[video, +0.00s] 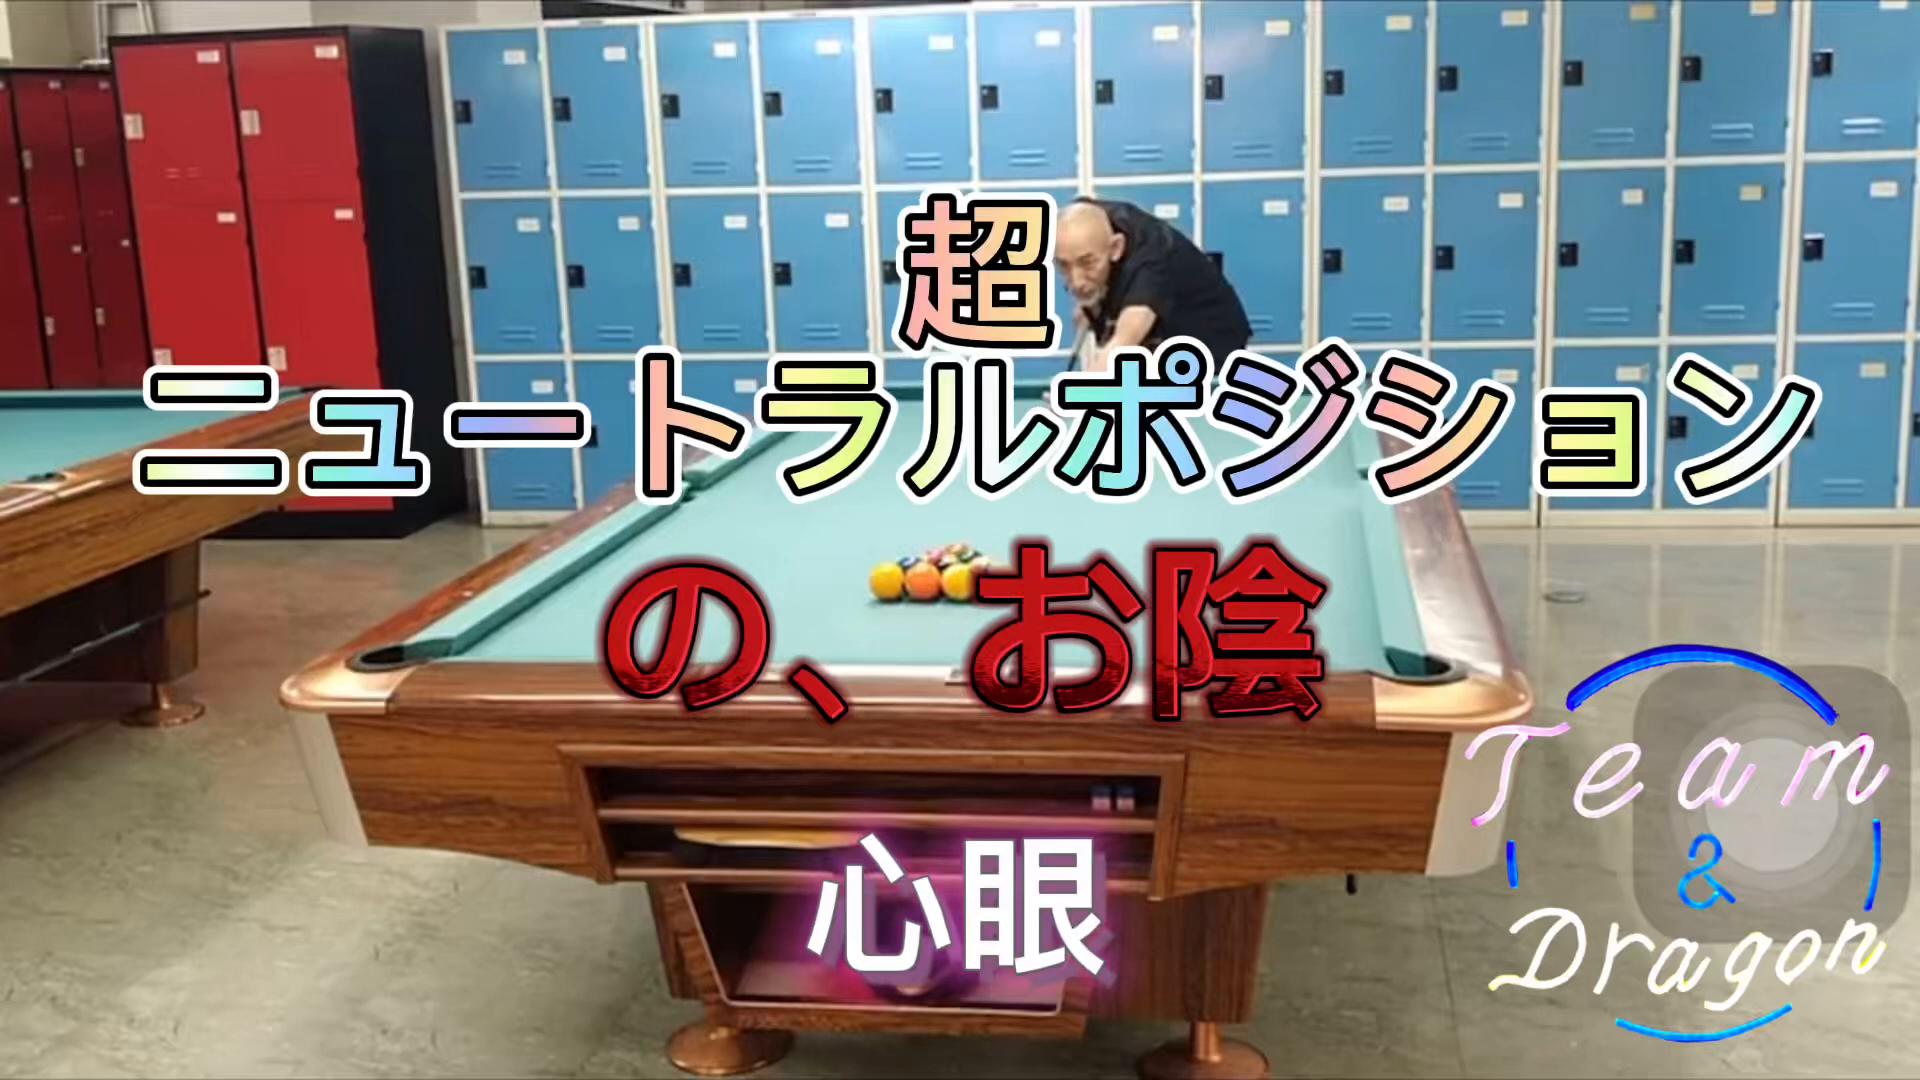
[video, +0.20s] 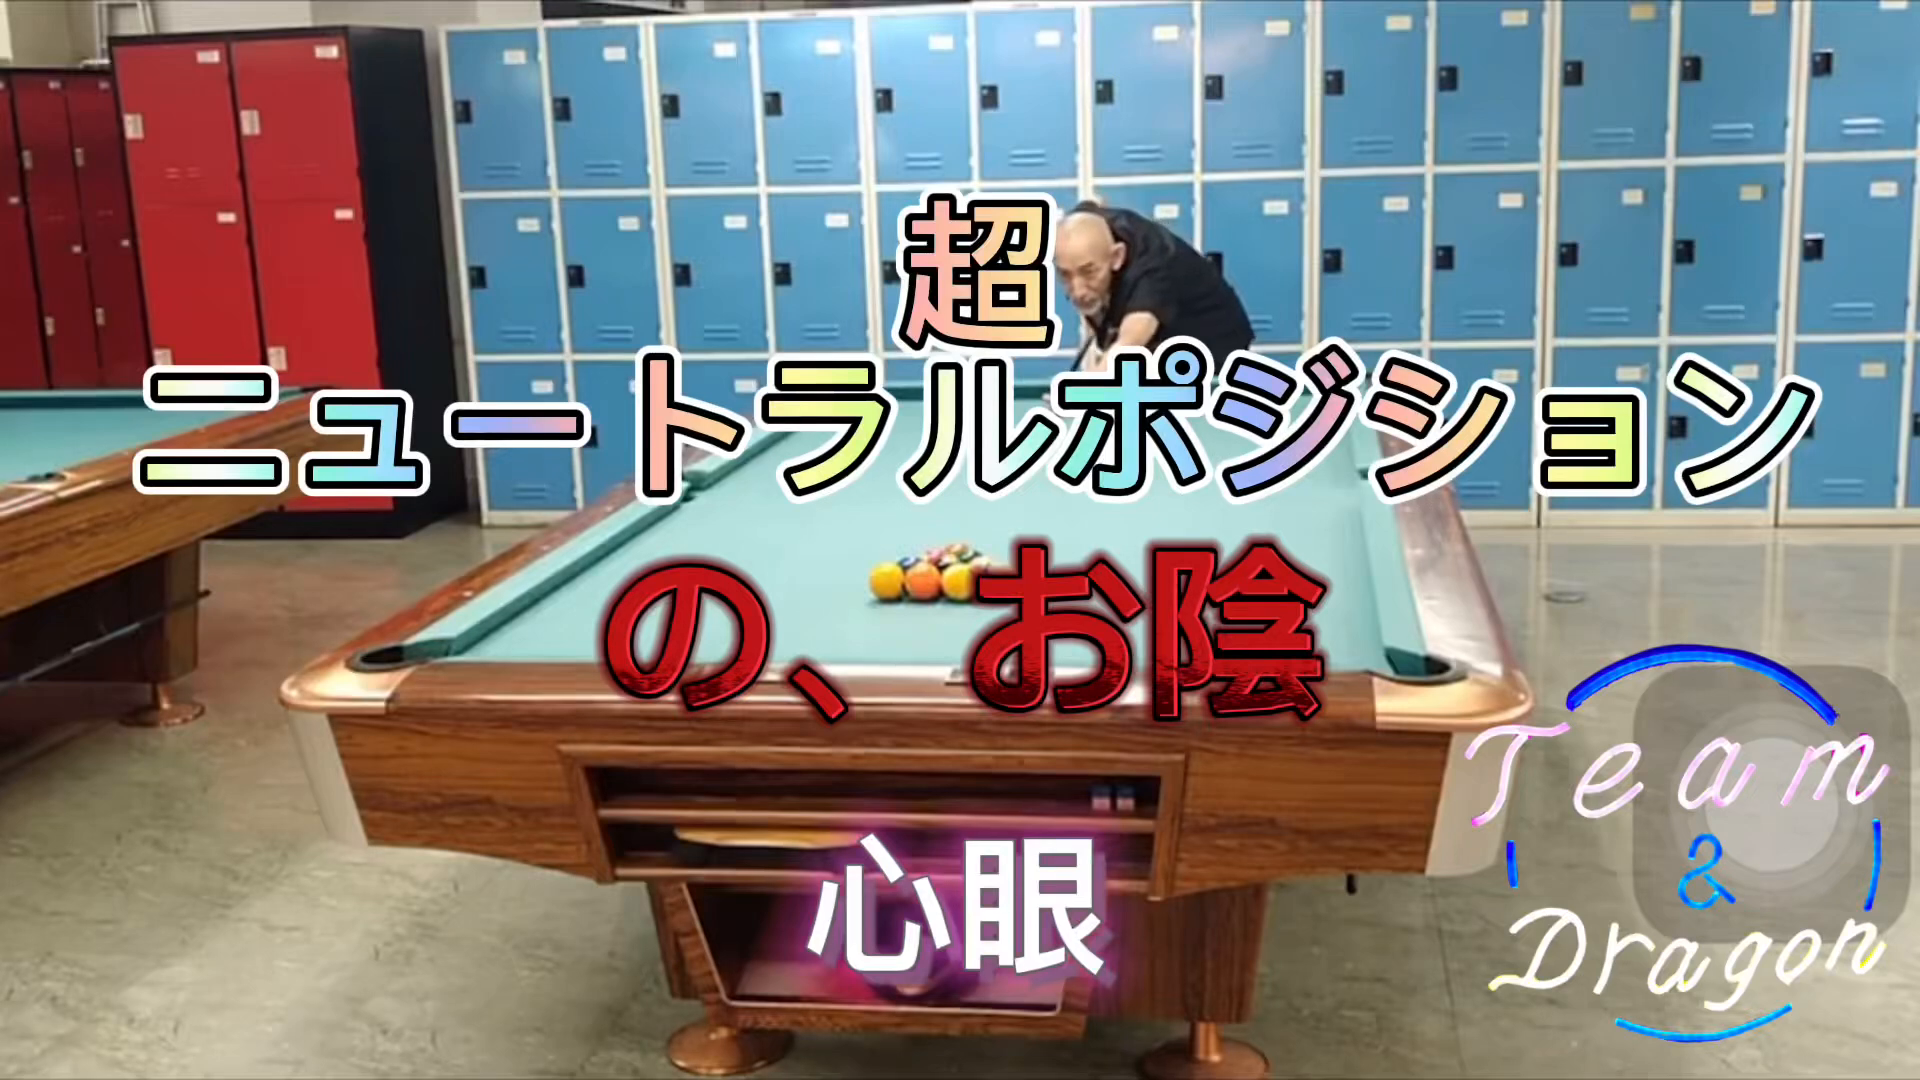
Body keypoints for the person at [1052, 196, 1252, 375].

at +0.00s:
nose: (1076, 281)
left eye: (1087, 263)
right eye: (1063, 266)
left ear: (1116, 248)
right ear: (1054, 260)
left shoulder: (1152, 257)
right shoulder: (1087, 224)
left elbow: (1123, 344)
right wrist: (1090, 306)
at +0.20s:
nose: (1077, 291)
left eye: (1089, 272)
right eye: (1065, 275)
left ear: (1117, 258)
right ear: (1057, 265)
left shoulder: (1154, 266)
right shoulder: (1081, 227)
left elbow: (1129, 345)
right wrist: (1100, 338)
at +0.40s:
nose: (1077, 293)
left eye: (1088, 276)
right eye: (1065, 278)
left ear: (1116, 261)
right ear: (1057, 268)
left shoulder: (1153, 267)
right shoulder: (1083, 227)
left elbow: (1131, 346)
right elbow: (1091, 202)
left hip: (1215, 347)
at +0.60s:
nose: (1077, 294)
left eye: (1088, 277)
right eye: (1064, 279)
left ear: (1115, 262)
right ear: (1057, 268)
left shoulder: (1153, 269)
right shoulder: (1081, 230)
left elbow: (1130, 348)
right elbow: (1090, 205)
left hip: (1215, 347)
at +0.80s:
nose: (1076, 296)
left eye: (1086, 279)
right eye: (1064, 282)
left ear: (1114, 263)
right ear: (1056, 272)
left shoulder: (1153, 274)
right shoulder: (1082, 232)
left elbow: (1128, 350)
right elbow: (1087, 204)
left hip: (1214, 347)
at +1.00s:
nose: (1075, 297)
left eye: (1085, 280)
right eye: (1063, 283)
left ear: (1113, 265)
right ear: (1055, 271)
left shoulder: (1150, 274)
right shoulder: (1080, 231)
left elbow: (1127, 352)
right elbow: (1085, 206)